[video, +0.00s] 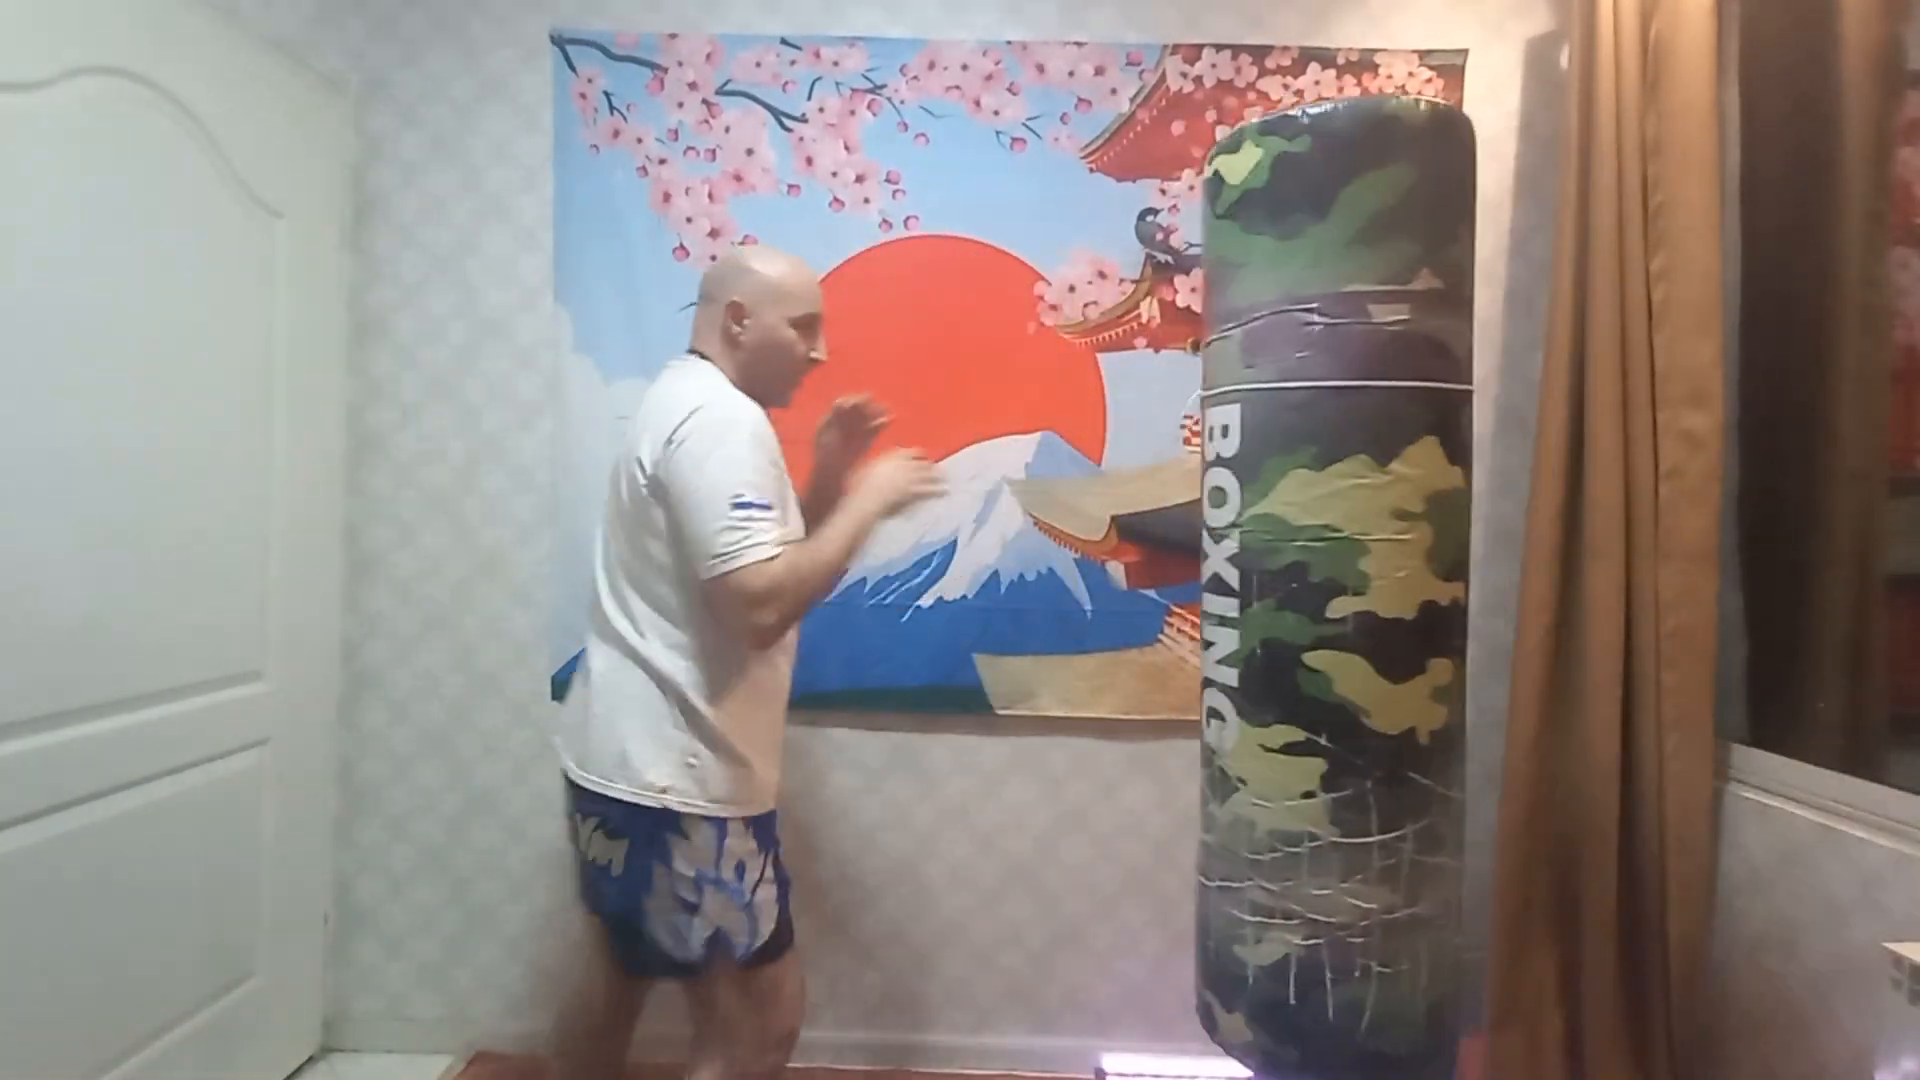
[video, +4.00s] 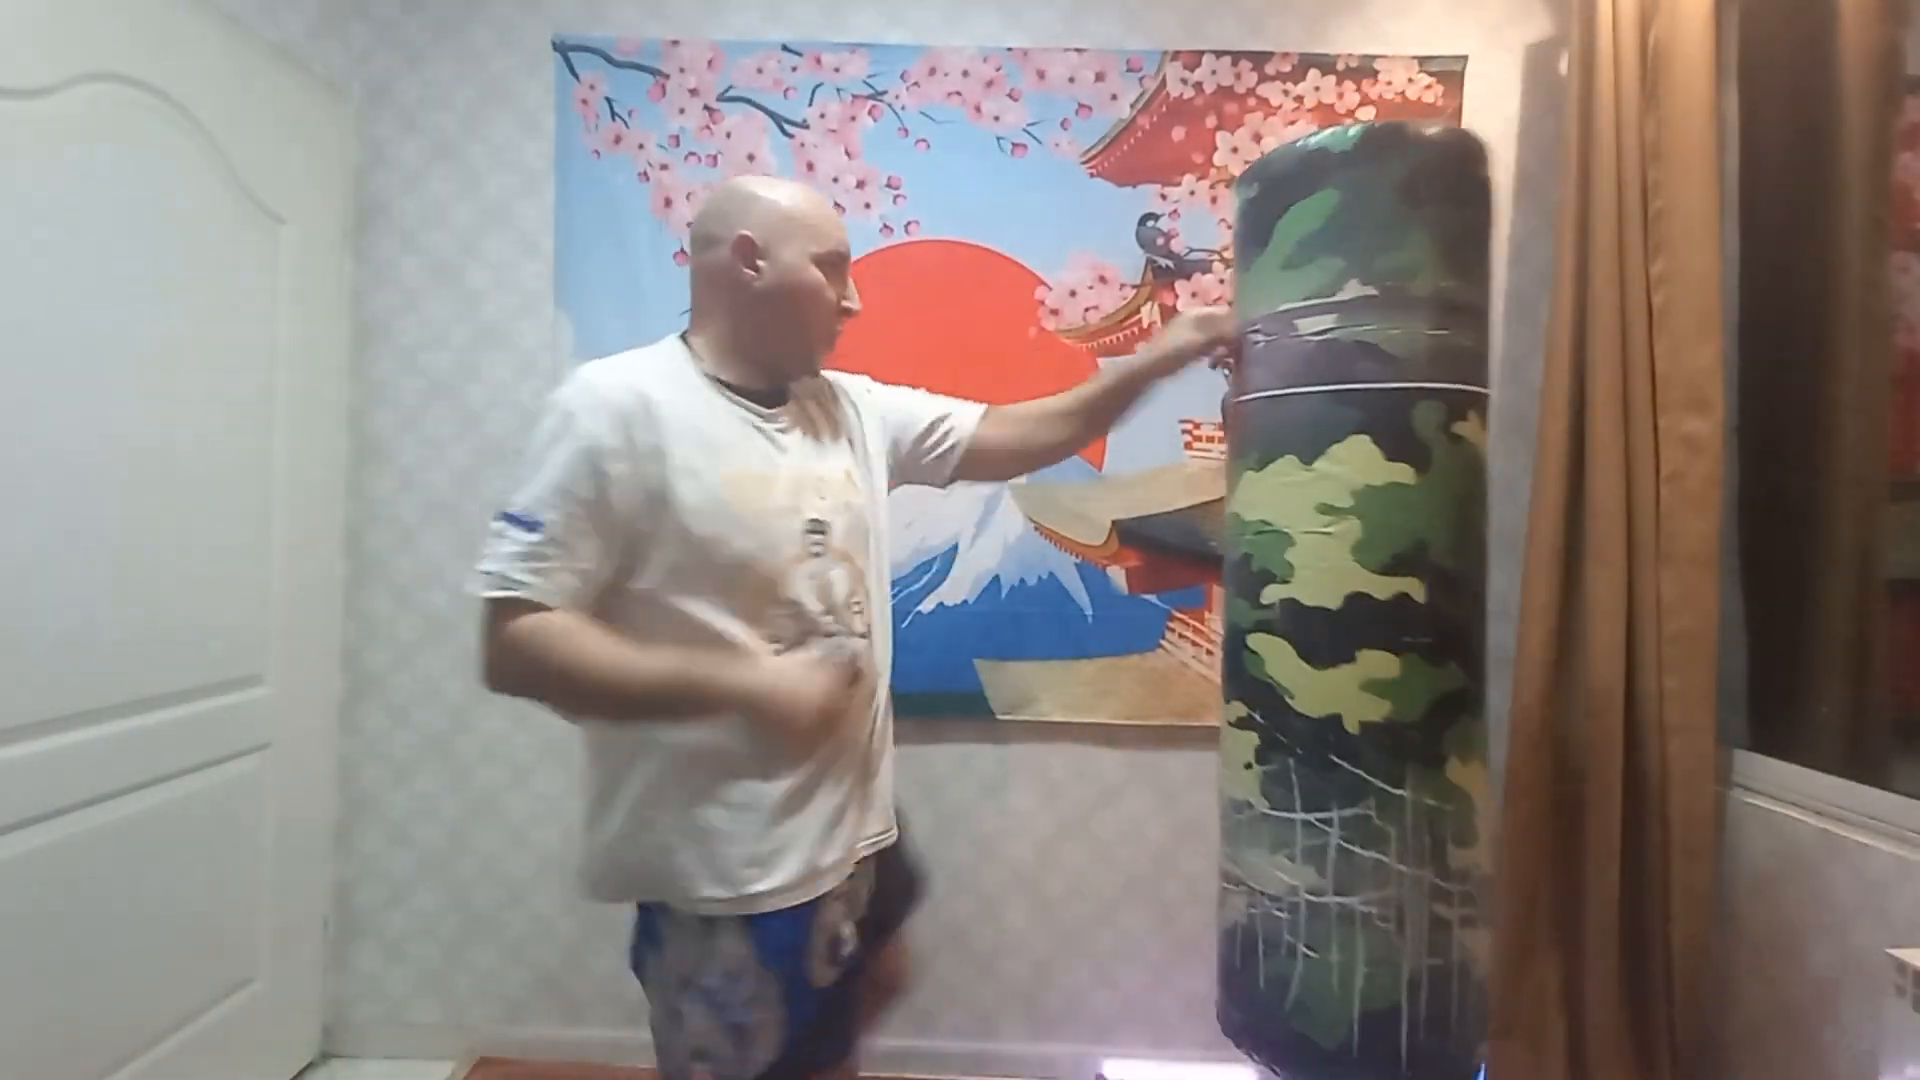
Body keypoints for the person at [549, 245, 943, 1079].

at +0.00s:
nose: (819, 350)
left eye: (818, 329)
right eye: (805, 327)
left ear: (731, 324)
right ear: (738, 321)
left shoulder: (674, 401)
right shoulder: (720, 421)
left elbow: (769, 568)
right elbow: (760, 604)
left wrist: (825, 481)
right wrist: (872, 501)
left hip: (620, 765)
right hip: (689, 786)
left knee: (612, 996)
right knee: (756, 1028)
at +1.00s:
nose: (759, 314)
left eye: (758, 289)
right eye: (739, 286)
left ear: (661, 285)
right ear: (649, 280)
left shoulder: (730, 424)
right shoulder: (520, 414)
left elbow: (765, 585)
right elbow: (519, 649)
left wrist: (900, 585)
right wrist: (753, 571)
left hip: (838, 738)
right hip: (710, 864)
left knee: (1089, 800)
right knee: (786, 1064)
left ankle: (1320, 899)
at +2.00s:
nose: (671, 322)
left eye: (673, 299)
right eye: (652, 293)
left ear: (577, 286)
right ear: (570, 282)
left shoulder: (632, 419)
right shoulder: (457, 374)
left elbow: (749, 536)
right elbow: (613, 518)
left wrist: (767, 402)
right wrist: (749, 386)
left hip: (593, 816)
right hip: (469, 839)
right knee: (518, 1063)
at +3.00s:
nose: (695, 334)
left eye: (696, 310)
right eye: (681, 308)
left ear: (596, 301)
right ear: (607, 298)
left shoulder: (504, 383)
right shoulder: (609, 388)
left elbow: (606, 537)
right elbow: (811, 460)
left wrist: (714, 472)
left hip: (461, 787)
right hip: (573, 799)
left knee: (491, 1024)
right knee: (658, 1045)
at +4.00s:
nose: (854, 295)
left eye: (848, 268)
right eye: (831, 268)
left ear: (757, 264)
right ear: (747, 265)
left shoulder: (854, 410)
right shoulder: (611, 409)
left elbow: (1019, 434)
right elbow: (516, 642)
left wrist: (1162, 356)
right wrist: (747, 680)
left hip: (858, 853)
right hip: (724, 893)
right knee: (732, 1065)